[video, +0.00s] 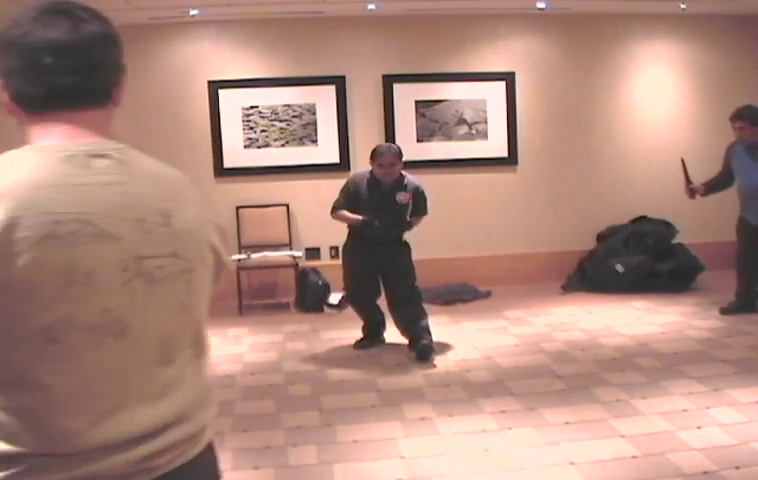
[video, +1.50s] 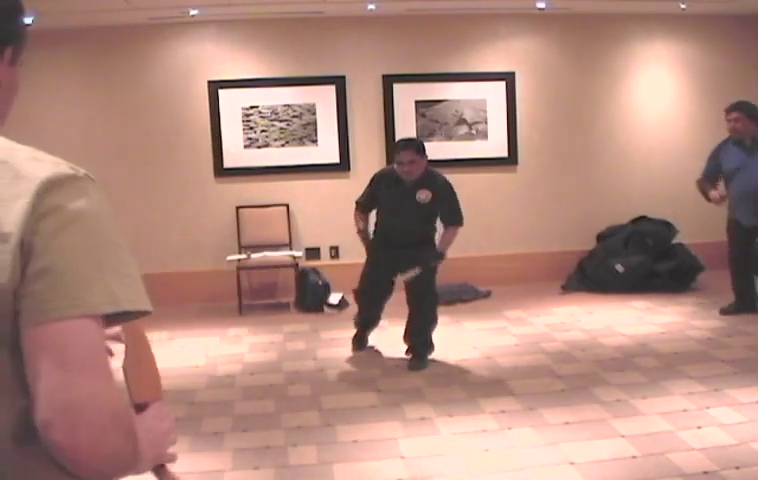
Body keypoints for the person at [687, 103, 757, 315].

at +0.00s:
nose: (738, 134)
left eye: (741, 128)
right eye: (735, 129)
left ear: (755, 128)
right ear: (735, 129)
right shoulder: (735, 150)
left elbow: (726, 177)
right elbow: (727, 177)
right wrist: (702, 188)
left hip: (753, 217)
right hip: (748, 217)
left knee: (748, 258)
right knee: (745, 259)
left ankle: (748, 299)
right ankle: (745, 298)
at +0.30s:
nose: (732, 136)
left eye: (736, 130)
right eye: (730, 131)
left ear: (752, 130)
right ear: (728, 131)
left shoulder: (754, 152)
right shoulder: (730, 153)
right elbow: (719, 179)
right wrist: (693, 188)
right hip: (746, 218)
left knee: (751, 260)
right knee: (744, 259)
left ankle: (749, 300)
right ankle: (744, 299)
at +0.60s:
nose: (728, 136)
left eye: (733, 130)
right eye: (726, 131)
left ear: (749, 130)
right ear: (725, 132)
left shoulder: (754, 152)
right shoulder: (727, 154)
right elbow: (713, 181)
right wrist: (686, 187)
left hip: (754, 221)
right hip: (743, 220)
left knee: (751, 261)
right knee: (742, 261)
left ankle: (750, 300)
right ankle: (744, 300)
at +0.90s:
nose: (725, 136)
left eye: (729, 130)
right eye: (723, 131)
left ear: (746, 130)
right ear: (721, 132)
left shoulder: (755, 149)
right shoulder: (722, 155)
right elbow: (700, 182)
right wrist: (670, 186)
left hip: (754, 214)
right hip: (742, 215)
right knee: (740, 257)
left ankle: (748, 299)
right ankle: (745, 299)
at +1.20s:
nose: (722, 132)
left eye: (727, 125)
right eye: (719, 127)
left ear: (742, 125)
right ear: (717, 129)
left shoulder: (755, 145)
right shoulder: (716, 151)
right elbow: (690, 168)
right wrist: (668, 176)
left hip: (755, 217)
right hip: (739, 217)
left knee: (751, 261)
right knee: (739, 262)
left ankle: (751, 301)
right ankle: (745, 301)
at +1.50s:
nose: (731, 126)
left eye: (736, 120)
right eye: (729, 121)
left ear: (751, 121)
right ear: (727, 123)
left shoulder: (754, 146)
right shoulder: (726, 148)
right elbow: (705, 179)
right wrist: (710, 191)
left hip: (754, 216)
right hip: (739, 217)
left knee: (750, 260)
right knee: (739, 260)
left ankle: (750, 300)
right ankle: (743, 300)